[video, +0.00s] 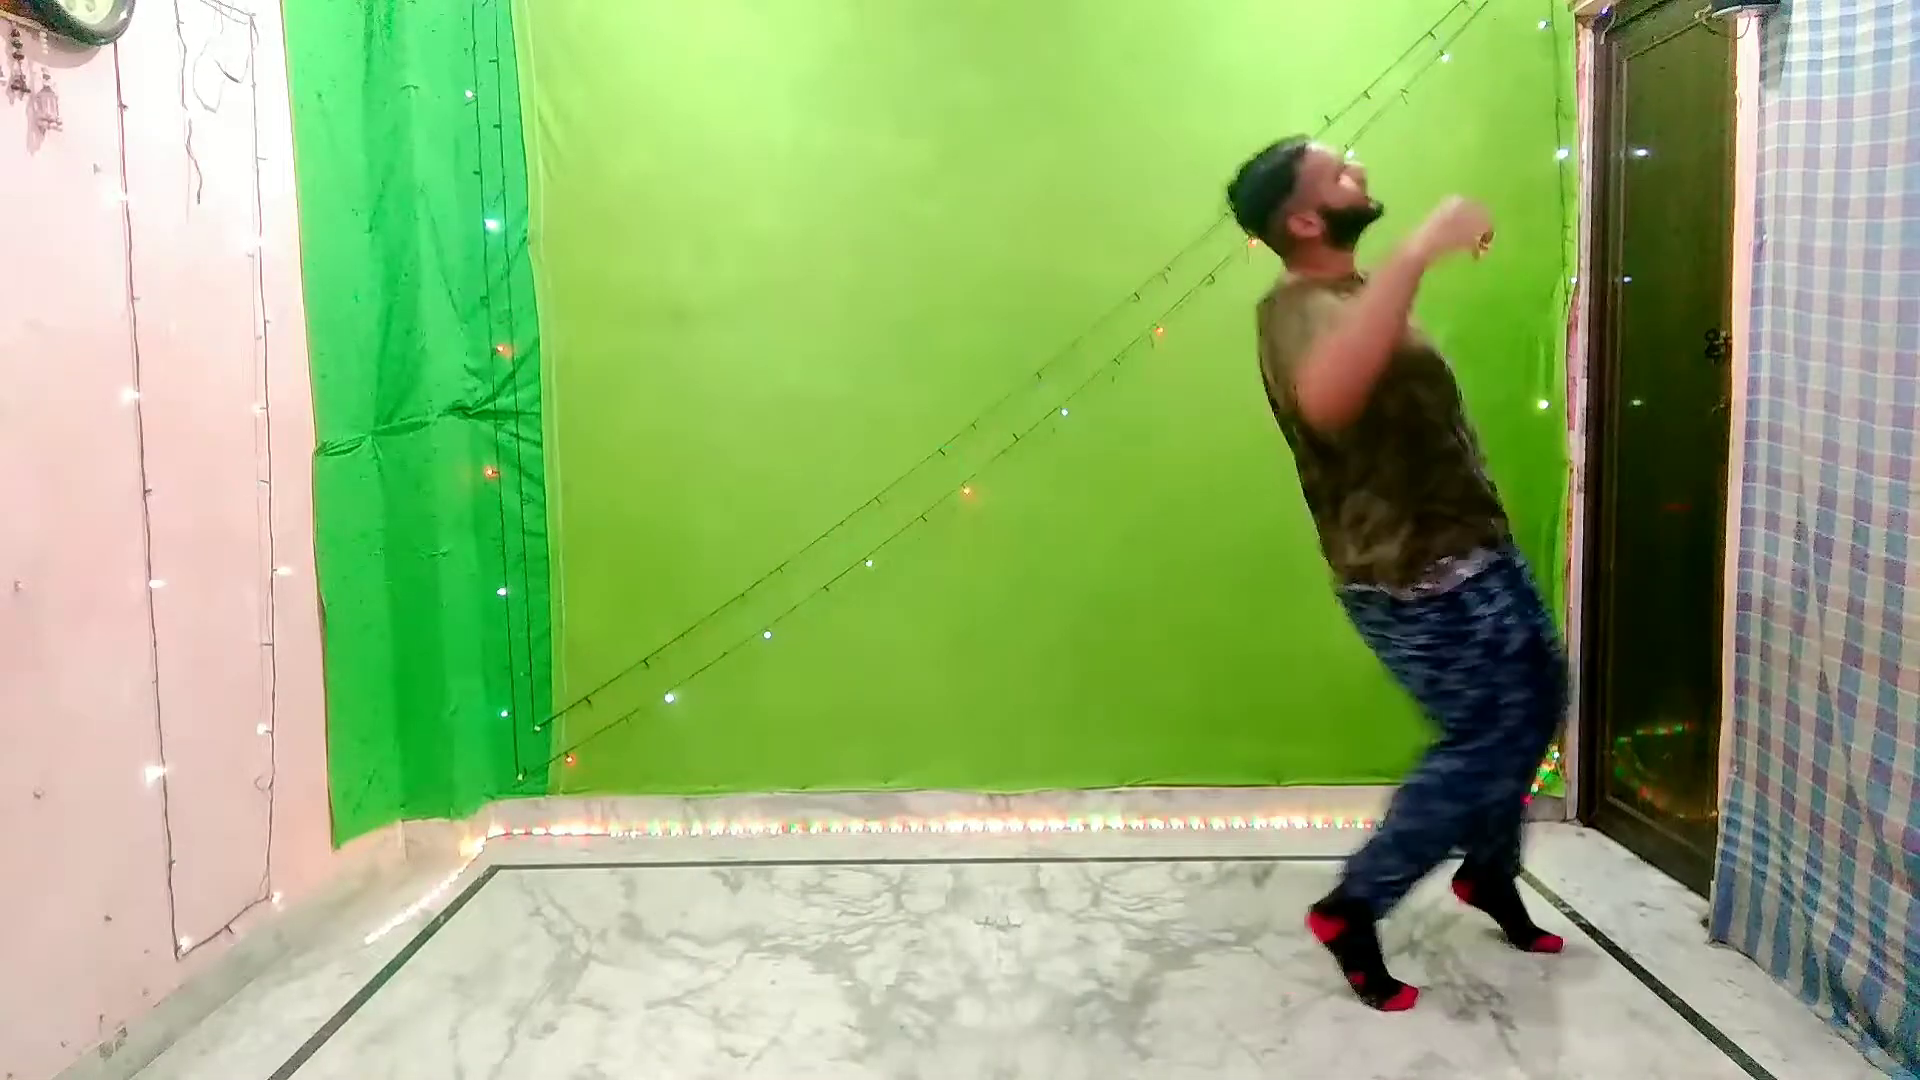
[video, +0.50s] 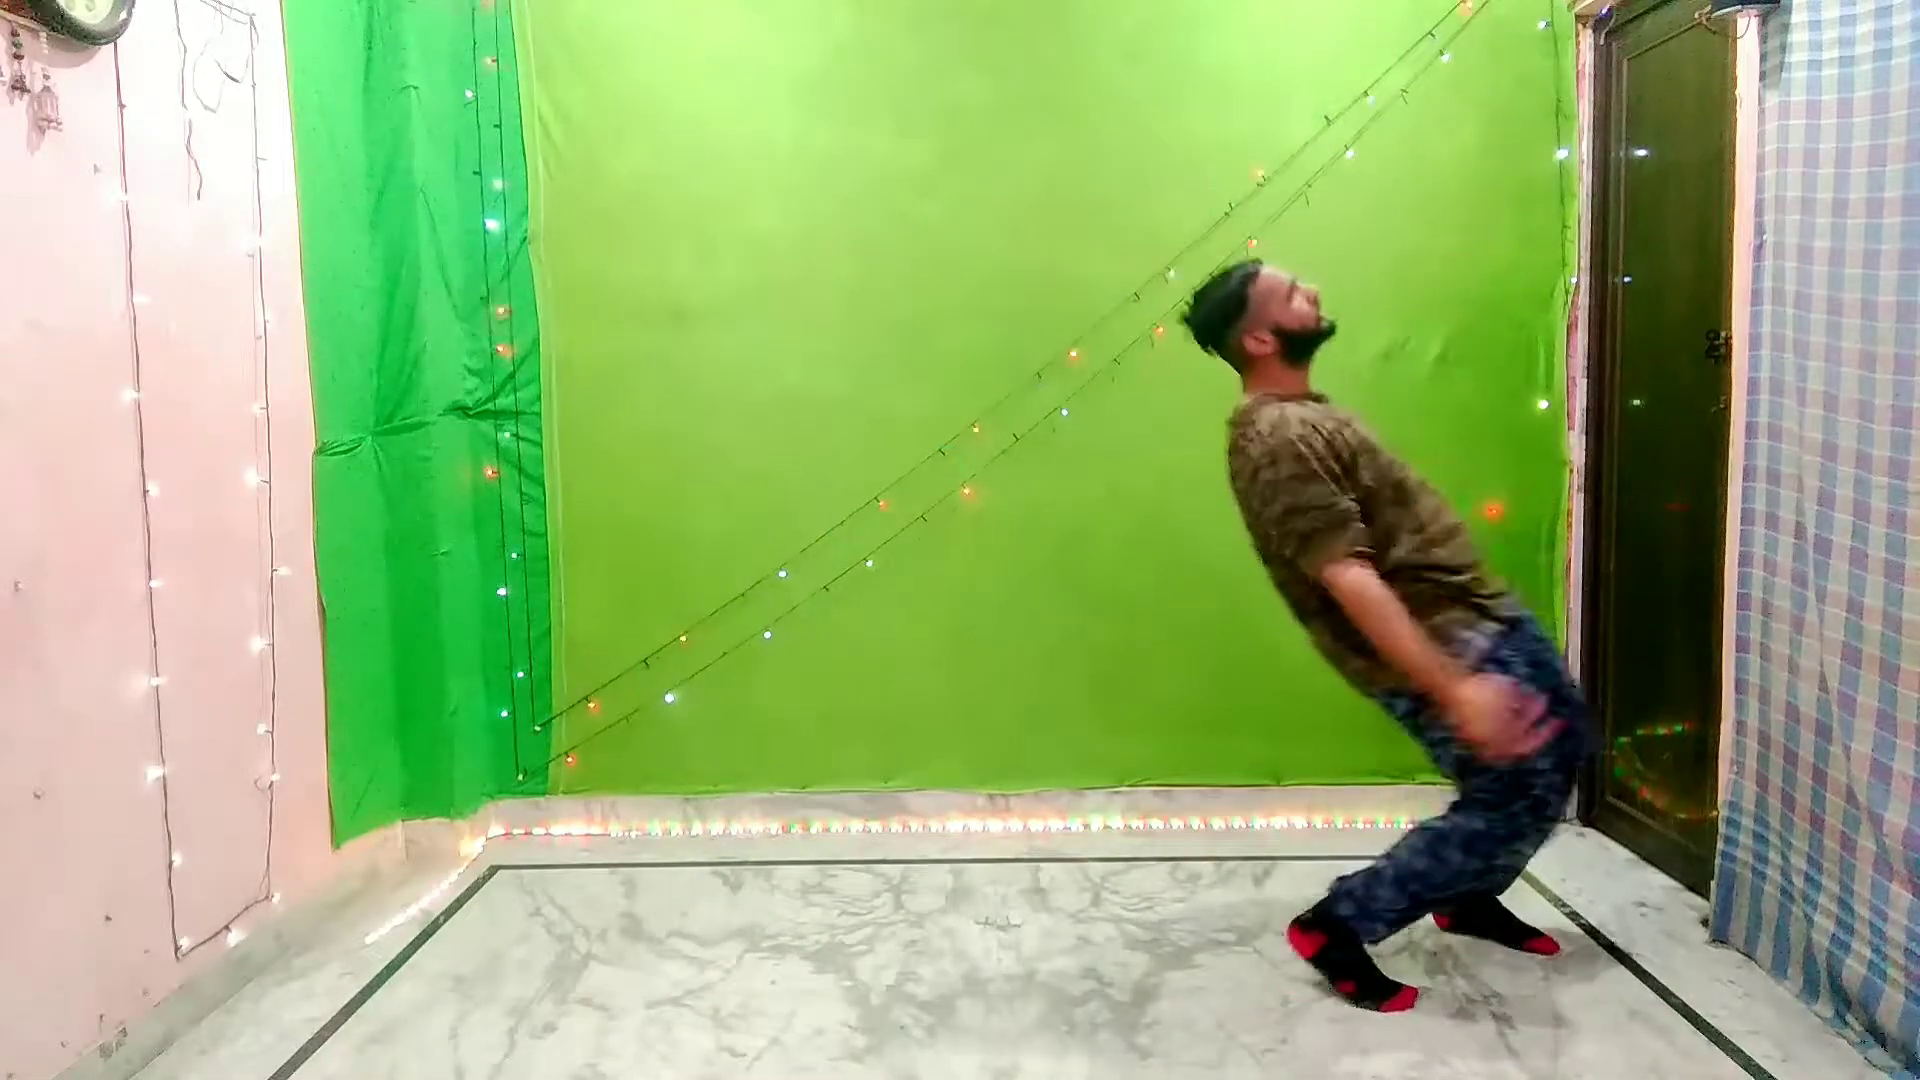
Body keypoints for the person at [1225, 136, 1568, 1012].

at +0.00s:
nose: (1349, 160)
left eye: (1334, 152)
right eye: (1327, 161)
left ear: (1309, 223)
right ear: (1300, 219)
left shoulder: (1351, 296)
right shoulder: (1298, 306)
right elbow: (1327, 397)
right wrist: (1414, 254)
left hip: (1471, 553)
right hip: (1411, 574)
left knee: (1538, 698)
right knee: (1492, 727)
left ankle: (1489, 869)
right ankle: (1353, 907)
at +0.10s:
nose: (1360, 196)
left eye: (1345, 187)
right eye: (1339, 196)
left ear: (1314, 253)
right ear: (1310, 248)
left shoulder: (1349, 328)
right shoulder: (1318, 347)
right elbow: (1345, 472)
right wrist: (1410, 331)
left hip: (1491, 564)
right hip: (1445, 591)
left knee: (1563, 719)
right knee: (1531, 747)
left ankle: (1480, 870)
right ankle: (1372, 906)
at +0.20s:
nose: (1356, 226)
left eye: (1340, 218)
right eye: (1337, 227)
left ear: (1308, 282)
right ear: (1309, 279)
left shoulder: (1346, 355)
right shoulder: (1320, 373)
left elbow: (1376, 484)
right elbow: (1353, 504)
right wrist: (1434, 381)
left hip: (1492, 585)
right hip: (1457, 606)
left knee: (1563, 741)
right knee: (1547, 759)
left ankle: (1472, 881)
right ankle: (1380, 906)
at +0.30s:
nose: (1342, 275)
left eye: (1330, 266)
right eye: (1324, 274)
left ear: (1293, 319)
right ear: (1288, 318)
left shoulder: (1340, 392)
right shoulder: (1307, 412)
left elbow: (1413, 489)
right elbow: (1353, 540)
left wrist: (1481, 470)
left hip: (1505, 615)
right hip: (1470, 635)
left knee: (1561, 770)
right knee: (1555, 793)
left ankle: (1466, 890)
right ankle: (1378, 909)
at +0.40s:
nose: (1327, 294)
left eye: (1315, 285)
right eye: (1306, 294)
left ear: (1276, 343)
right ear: (1271, 341)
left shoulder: (1324, 413)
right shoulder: (1298, 433)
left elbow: (1393, 516)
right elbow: (1353, 563)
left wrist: (1479, 513)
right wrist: (1482, 602)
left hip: (1489, 634)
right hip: (1459, 651)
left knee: (1563, 770)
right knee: (1555, 795)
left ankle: (1467, 891)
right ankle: (1365, 913)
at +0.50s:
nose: (1308, 294)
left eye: (1296, 286)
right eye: (1288, 294)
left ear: (1259, 343)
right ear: (1255, 341)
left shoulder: (1305, 418)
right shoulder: (1276, 438)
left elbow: (1380, 550)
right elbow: (1346, 577)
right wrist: (1452, 690)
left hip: (1477, 620)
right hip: (1435, 644)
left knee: (1565, 742)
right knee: (1521, 789)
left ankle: (1469, 892)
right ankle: (1337, 923)